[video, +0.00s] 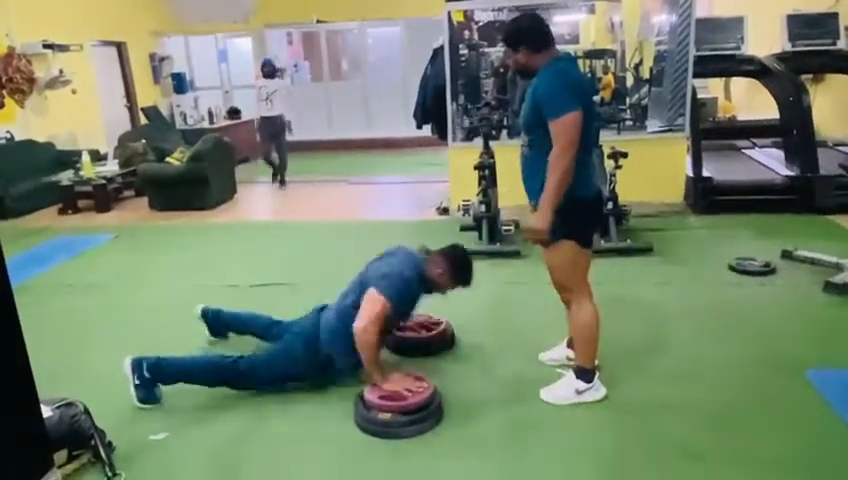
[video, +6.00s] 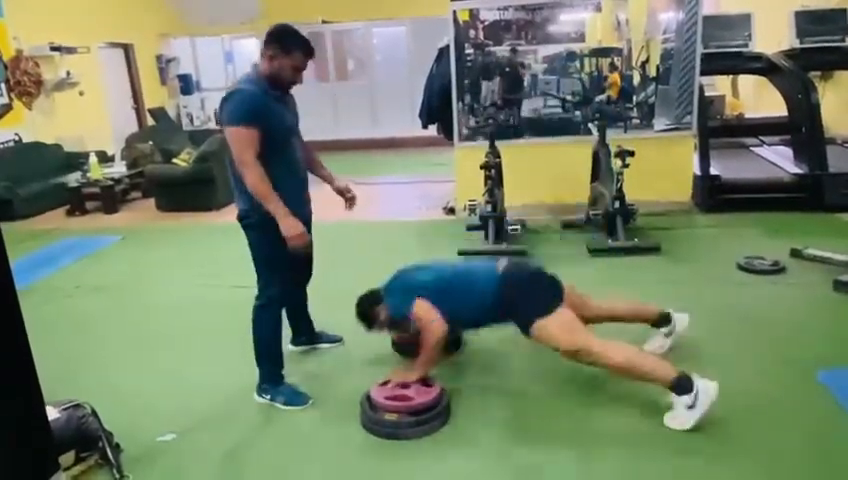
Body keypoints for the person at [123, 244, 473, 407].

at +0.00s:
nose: (447, 290)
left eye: (452, 287)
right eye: (449, 285)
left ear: (442, 259)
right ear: (441, 271)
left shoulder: (410, 258)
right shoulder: (401, 276)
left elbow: (372, 298)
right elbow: (365, 325)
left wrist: (398, 322)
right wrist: (380, 376)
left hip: (323, 320)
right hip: (319, 348)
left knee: (277, 329)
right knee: (241, 371)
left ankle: (218, 318)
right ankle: (148, 369)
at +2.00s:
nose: (302, 82)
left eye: (305, 75)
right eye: (299, 73)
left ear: (281, 64)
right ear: (274, 61)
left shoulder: (279, 99)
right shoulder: (242, 104)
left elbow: (287, 159)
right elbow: (240, 174)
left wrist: (303, 204)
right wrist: (268, 226)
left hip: (288, 212)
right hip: (260, 218)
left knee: (291, 278)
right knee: (266, 297)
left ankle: (294, 336)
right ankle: (262, 385)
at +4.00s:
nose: (473, 374)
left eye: (481, 372)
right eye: (478, 370)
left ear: (478, 341)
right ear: (473, 352)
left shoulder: (450, 309)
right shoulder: (441, 330)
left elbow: (409, 284)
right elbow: (387, 328)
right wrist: (391, 378)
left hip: (349, 304)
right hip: (336, 326)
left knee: (307, 322)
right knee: (266, 372)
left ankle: (244, 313)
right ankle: (170, 367)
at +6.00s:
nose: (300, 77)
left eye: (303, 69)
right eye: (297, 68)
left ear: (279, 61)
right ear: (271, 57)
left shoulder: (281, 95)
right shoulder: (243, 101)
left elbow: (296, 147)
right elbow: (248, 169)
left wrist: (332, 181)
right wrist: (284, 217)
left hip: (293, 208)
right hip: (263, 214)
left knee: (297, 278)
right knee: (272, 294)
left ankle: (303, 334)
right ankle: (270, 382)